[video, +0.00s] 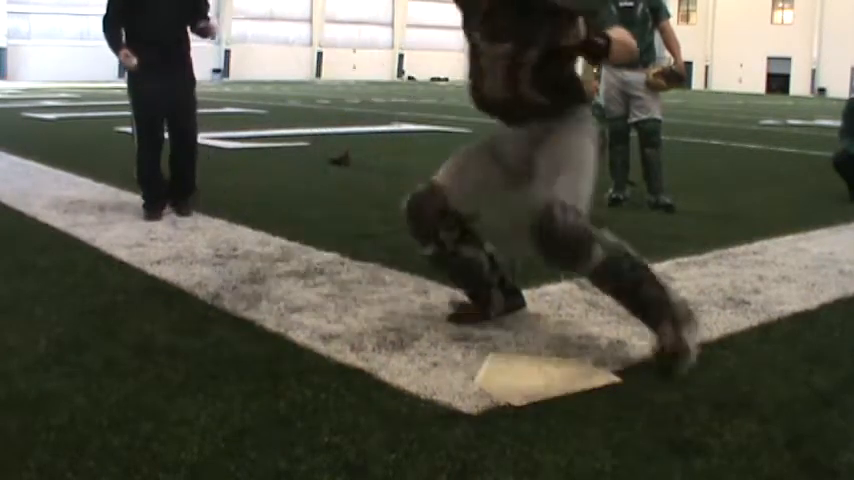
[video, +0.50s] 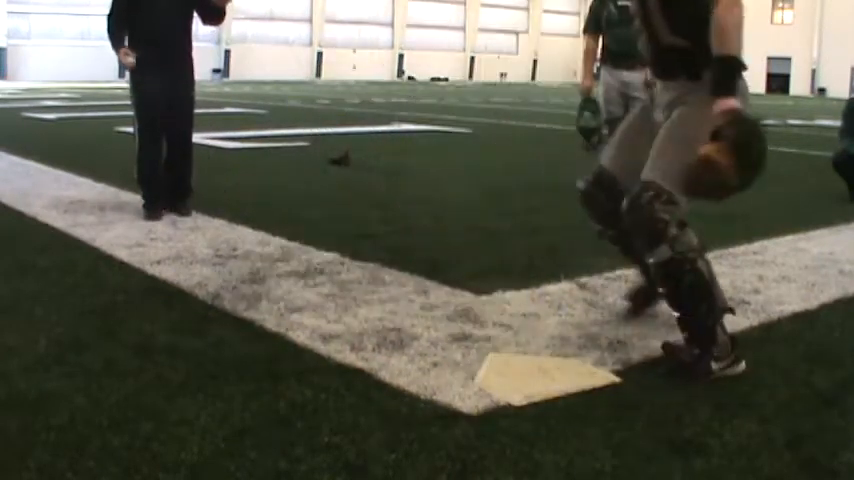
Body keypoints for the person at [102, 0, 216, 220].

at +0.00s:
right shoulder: (123, 3)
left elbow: (196, 19)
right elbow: (110, 23)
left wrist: (206, 27)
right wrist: (120, 49)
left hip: (178, 66)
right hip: (143, 68)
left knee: (185, 137)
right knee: (149, 139)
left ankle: (182, 198)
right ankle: (153, 201)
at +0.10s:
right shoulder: (124, 3)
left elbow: (199, 21)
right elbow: (113, 23)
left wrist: (211, 21)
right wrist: (122, 49)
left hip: (177, 64)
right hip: (143, 65)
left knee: (180, 136)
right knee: (148, 137)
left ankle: (179, 199)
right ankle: (152, 202)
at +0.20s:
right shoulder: (124, 3)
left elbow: (203, 19)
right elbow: (114, 21)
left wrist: (216, 13)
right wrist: (123, 48)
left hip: (177, 63)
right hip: (143, 64)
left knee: (179, 135)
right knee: (148, 136)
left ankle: (180, 199)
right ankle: (152, 202)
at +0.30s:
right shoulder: (124, 2)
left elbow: (208, 18)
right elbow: (114, 21)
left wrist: (218, 8)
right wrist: (123, 48)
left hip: (178, 64)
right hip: (144, 65)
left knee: (180, 134)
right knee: (149, 136)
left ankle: (181, 199)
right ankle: (152, 202)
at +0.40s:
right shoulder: (125, 3)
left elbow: (210, 17)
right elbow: (114, 21)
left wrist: (220, 7)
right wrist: (123, 49)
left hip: (179, 65)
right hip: (144, 66)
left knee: (181, 136)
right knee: (149, 137)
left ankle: (180, 199)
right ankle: (152, 202)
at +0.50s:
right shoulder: (127, 2)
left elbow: (211, 16)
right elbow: (116, 18)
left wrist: (220, 6)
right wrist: (120, 47)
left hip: (179, 65)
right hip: (145, 66)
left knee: (181, 135)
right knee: (149, 136)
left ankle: (180, 199)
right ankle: (152, 202)